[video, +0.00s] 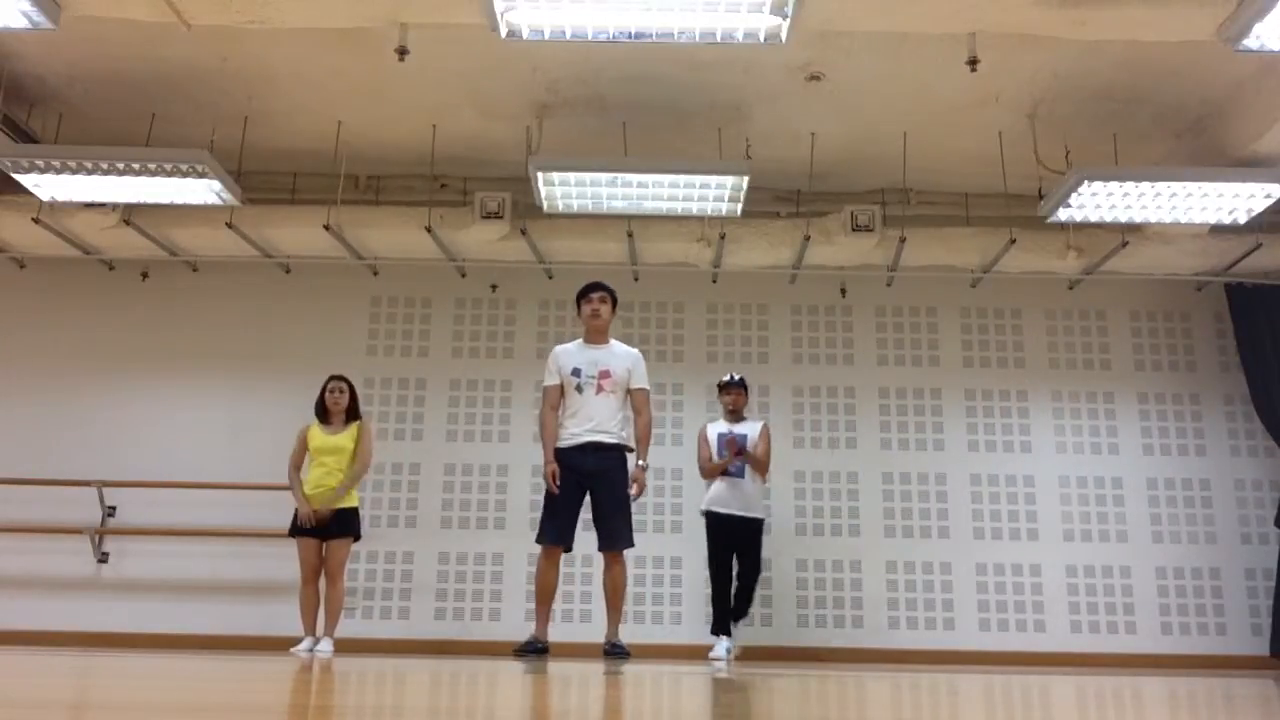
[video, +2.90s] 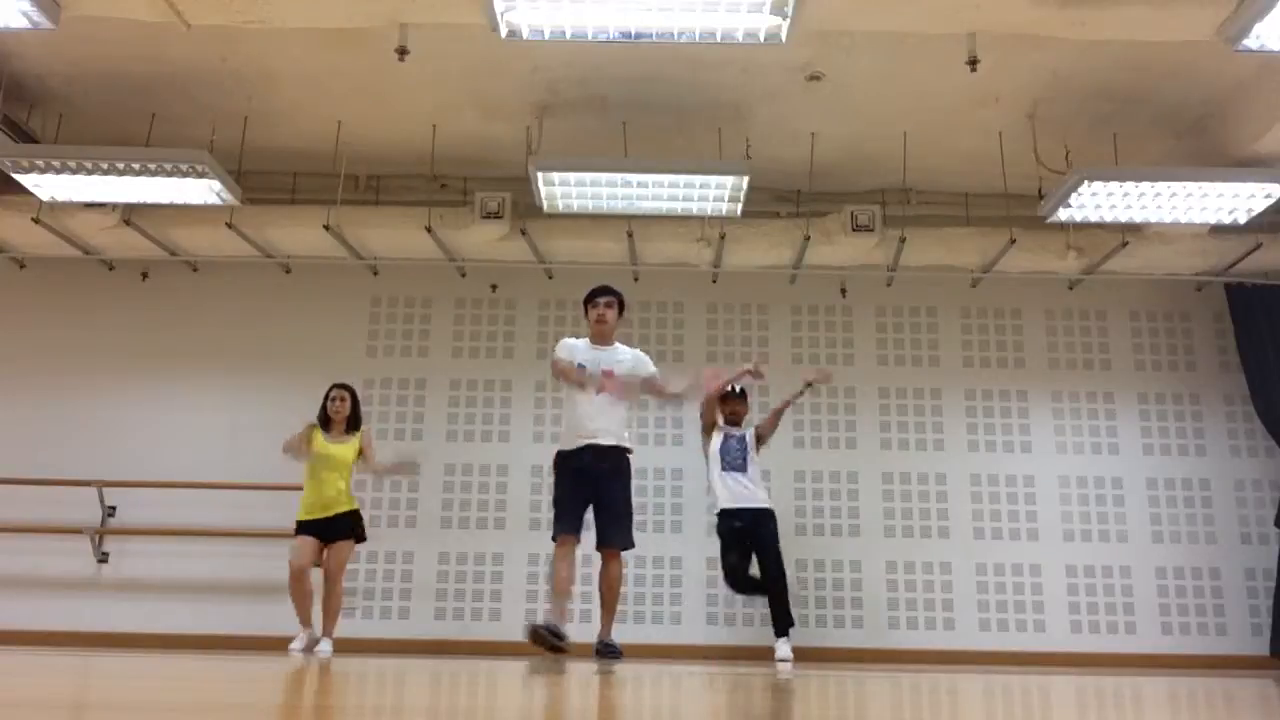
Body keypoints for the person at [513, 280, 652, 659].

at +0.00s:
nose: (595, 307)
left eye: (602, 302)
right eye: (589, 302)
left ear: (613, 311)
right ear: (579, 311)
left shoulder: (630, 357)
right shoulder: (561, 354)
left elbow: (642, 412)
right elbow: (550, 408)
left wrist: (641, 462)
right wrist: (549, 457)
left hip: (612, 457)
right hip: (568, 456)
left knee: (613, 550)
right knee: (551, 547)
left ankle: (613, 636)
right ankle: (539, 635)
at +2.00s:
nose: (594, 307)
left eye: (601, 302)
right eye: (588, 302)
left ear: (611, 311)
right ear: (577, 311)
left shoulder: (630, 357)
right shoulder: (558, 354)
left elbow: (638, 411)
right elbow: (542, 409)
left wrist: (633, 459)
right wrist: (538, 462)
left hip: (610, 456)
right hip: (566, 455)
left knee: (607, 550)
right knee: (552, 547)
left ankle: (604, 636)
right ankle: (540, 634)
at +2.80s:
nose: (608, 314)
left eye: (614, 309)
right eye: (601, 308)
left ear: (625, 318)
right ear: (591, 316)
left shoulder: (639, 364)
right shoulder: (572, 353)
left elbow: (652, 414)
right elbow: (560, 405)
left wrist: (668, 438)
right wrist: (579, 446)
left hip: (621, 457)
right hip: (579, 454)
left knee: (615, 549)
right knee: (578, 543)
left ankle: (606, 636)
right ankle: (582, 633)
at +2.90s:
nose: (602, 312)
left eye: (608, 307)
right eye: (596, 307)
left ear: (620, 315)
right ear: (586, 314)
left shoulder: (634, 358)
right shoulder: (570, 346)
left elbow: (660, 389)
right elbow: (561, 370)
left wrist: (690, 388)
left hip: (613, 458)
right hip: (572, 456)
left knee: (611, 549)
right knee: (565, 541)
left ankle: (606, 636)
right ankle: (555, 626)